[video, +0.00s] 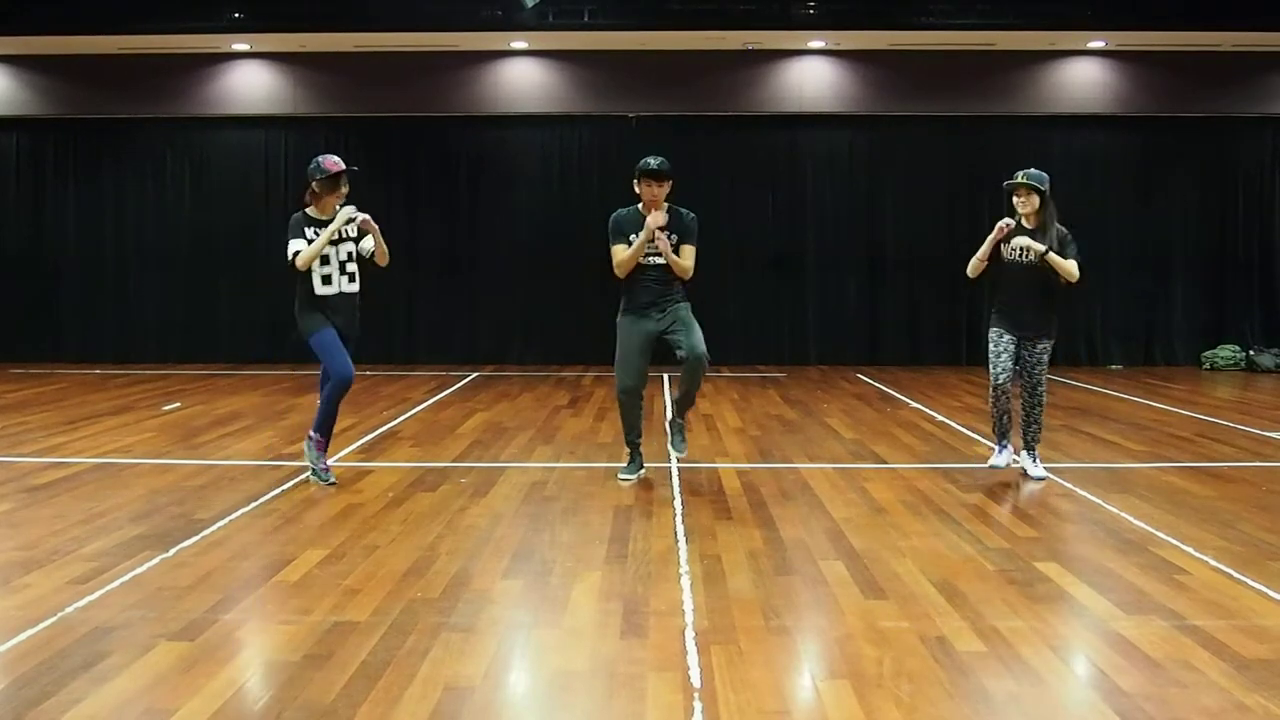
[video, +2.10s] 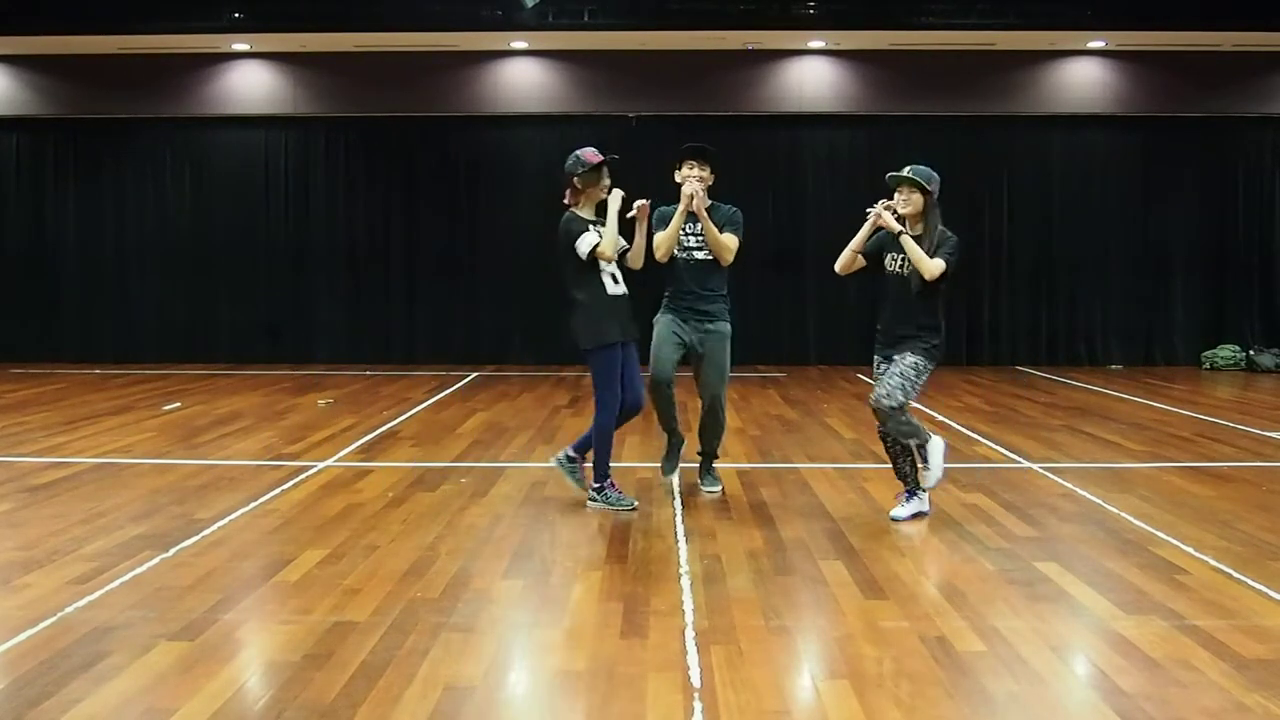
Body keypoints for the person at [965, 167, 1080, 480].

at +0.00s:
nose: (1021, 199)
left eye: (1028, 194)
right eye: (1017, 194)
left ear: (1042, 198)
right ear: (1012, 198)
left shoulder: (1058, 235)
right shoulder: (1003, 232)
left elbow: (1073, 274)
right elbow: (972, 272)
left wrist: (1042, 250)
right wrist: (993, 238)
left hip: (1040, 326)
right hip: (1003, 321)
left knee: (1034, 389)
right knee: (999, 383)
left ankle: (1029, 453)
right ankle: (1003, 447)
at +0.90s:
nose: (989, 188)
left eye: (997, 184)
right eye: (986, 183)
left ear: (1013, 191)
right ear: (981, 190)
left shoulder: (1025, 224)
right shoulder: (971, 221)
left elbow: (1025, 247)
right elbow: (927, 249)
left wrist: (993, 214)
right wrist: (957, 216)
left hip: (1014, 325)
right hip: (978, 320)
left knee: (1011, 398)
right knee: (965, 374)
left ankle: (1014, 465)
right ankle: (983, 434)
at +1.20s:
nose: (971, 197)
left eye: (980, 193)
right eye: (969, 193)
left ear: (996, 201)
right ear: (964, 200)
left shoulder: (1011, 239)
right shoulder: (956, 238)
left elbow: (1008, 268)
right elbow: (918, 267)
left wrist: (978, 231)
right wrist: (943, 228)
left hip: (994, 332)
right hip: (958, 333)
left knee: (964, 384)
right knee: (959, 407)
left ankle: (991, 428)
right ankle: (980, 476)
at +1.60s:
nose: (944, 200)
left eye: (953, 195)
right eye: (942, 194)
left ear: (970, 202)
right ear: (938, 201)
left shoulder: (985, 240)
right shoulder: (932, 237)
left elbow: (977, 268)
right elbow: (891, 267)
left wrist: (944, 230)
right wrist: (916, 226)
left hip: (972, 339)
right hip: (935, 335)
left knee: (957, 410)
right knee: (920, 405)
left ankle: (968, 488)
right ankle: (955, 440)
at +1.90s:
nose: (921, 176)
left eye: (930, 173)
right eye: (920, 172)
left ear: (948, 184)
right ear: (916, 185)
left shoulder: (959, 222)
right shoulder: (906, 220)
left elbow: (944, 242)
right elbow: (855, 246)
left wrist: (914, 205)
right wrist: (884, 209)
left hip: (949, 331)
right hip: (910, 327)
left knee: (953, 406)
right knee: (892, 393)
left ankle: (963, 480)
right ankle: (911, 469)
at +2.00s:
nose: (909, 190)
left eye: (918, 185)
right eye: (908, 184)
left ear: (938, 192)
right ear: (906, 193)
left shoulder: (952, 233)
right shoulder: (897, 231)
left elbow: (931, 261)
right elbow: (850, 260)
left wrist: (902, 220)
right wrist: (877, 220)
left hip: (934, 339)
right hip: (897, 338)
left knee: (919, 415)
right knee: (896, 419)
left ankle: (953, 470)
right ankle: (914, 492)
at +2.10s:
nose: (901, 197)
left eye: (910, 191)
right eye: (898, 191)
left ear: (928, 197)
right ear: (894, 198)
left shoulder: (944, 240)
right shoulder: (888, 237)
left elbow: (931, 271)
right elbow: (842, 267)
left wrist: (898, 231)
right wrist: (868, 228)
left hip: (922, 342)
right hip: (886, 341)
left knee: (884, 403)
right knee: (888, 423)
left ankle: (929, 444)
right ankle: (915, 494)